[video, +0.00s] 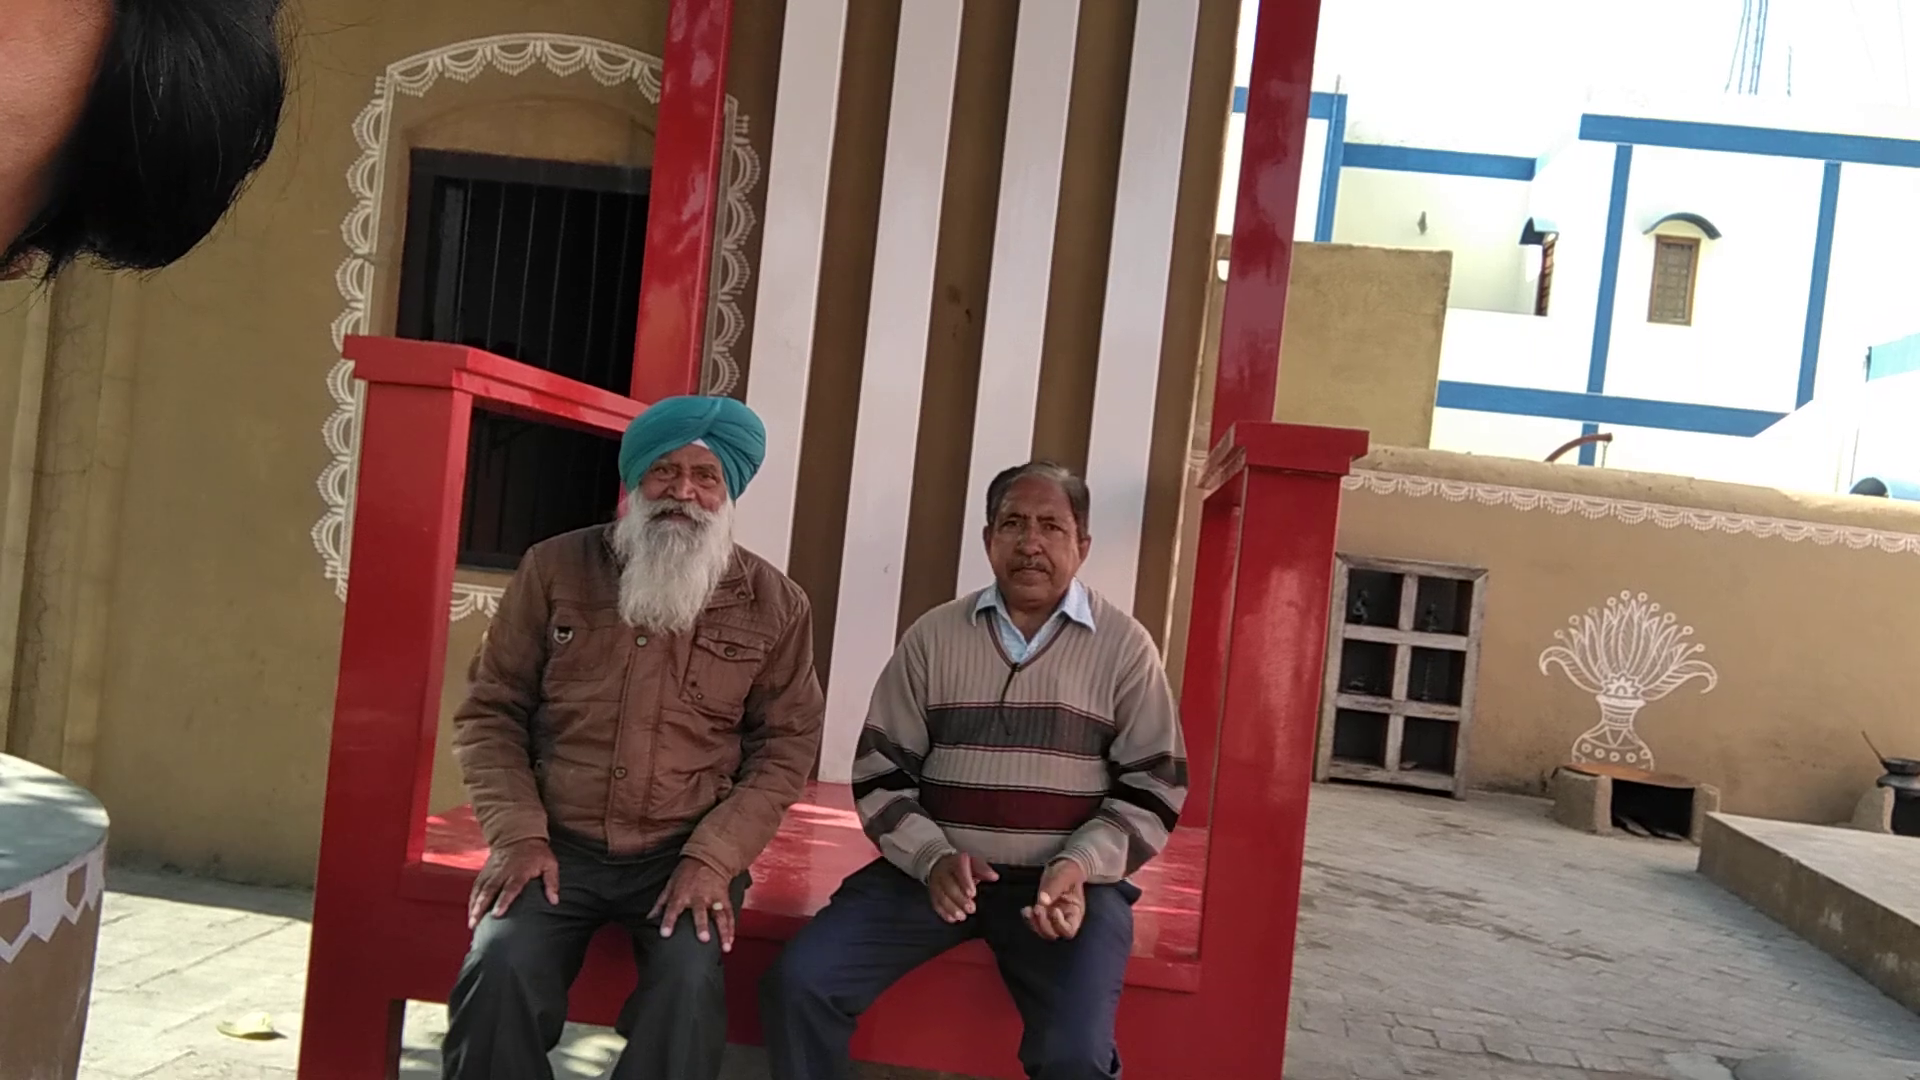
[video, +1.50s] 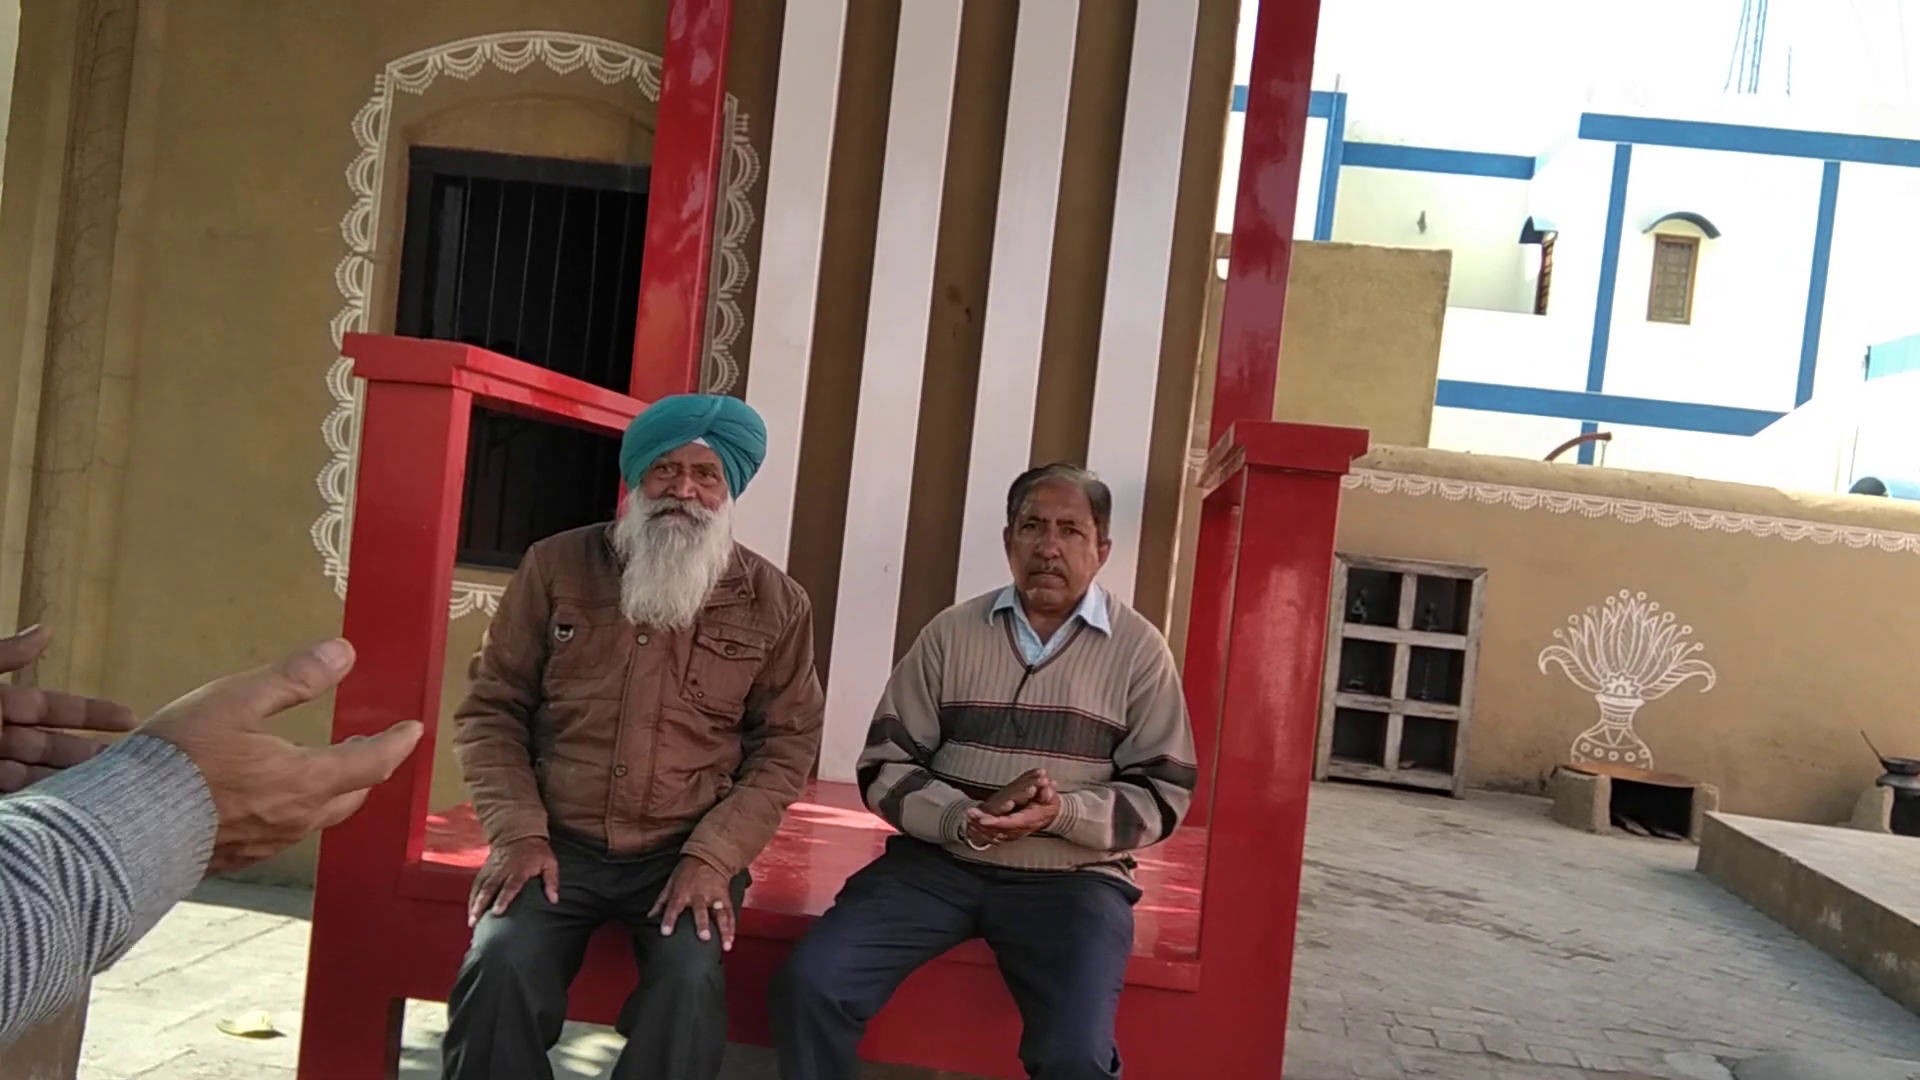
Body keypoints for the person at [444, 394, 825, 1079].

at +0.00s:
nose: (683, 490)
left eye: (706, 476)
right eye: (665, 471)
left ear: (730, 497)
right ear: (632, 486)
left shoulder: (774, 604)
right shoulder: (555, 569)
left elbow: (788, 749)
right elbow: (490, 709)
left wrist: (714, 856)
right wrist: (516, 831)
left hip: (685, 864)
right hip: (555, 853)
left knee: (690, 978)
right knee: (500, 966)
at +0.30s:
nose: (683, 486)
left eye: (705, 472)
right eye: (666, 467)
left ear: (729, 492)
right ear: (632, 482)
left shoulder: (775, 600)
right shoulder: (555, 565)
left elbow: (787, 747)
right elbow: (490, 706)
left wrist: (714, 853)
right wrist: (517, 828)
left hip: (685, 860)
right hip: (555, 848)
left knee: (690, 974)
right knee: (500, 960)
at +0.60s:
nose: (684, 488)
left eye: (706, 473)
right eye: (665, 469)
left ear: (730, 494)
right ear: (632, 484)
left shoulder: (774, 602)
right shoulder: (556, 566)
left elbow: (787, 747)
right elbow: (491, 707)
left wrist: (713, 855)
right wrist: (517, 829)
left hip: (685, 862)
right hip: (556, 851)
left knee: (691, 975)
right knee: (501, 963)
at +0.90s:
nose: (685, 489)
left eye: (707, 474)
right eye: (667, 469)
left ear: (731, 495)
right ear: (634, 483)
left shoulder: (775, 602)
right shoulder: (556, 567)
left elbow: (787, 748)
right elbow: (491, 707)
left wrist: (714, 855)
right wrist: (517, 829)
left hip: (685, 862)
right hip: (556, 850)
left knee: (690, 976)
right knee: (501, 962)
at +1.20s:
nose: (683, 486)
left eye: (705, 471)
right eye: (665, 467)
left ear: (729, 493)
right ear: (631, 483)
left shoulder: (775, 601)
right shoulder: (556, 565)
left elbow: (787, 747)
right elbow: (491, 707)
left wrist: (714, 854)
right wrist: (517, 828)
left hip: (685, 861)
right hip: (556, 850)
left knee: (690, 974)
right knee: (500, 963)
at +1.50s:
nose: (684, 488)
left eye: (706, 474)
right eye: (666, 469)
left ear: (731, 494)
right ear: (634, 483)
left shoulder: (774, 603)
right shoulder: (556, 567)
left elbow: (788, 748)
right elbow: (490, 708)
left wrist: (714, 855)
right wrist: (517, 829)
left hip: (685, 862)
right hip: (555, 851)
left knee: (690, 977)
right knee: (500, 965)